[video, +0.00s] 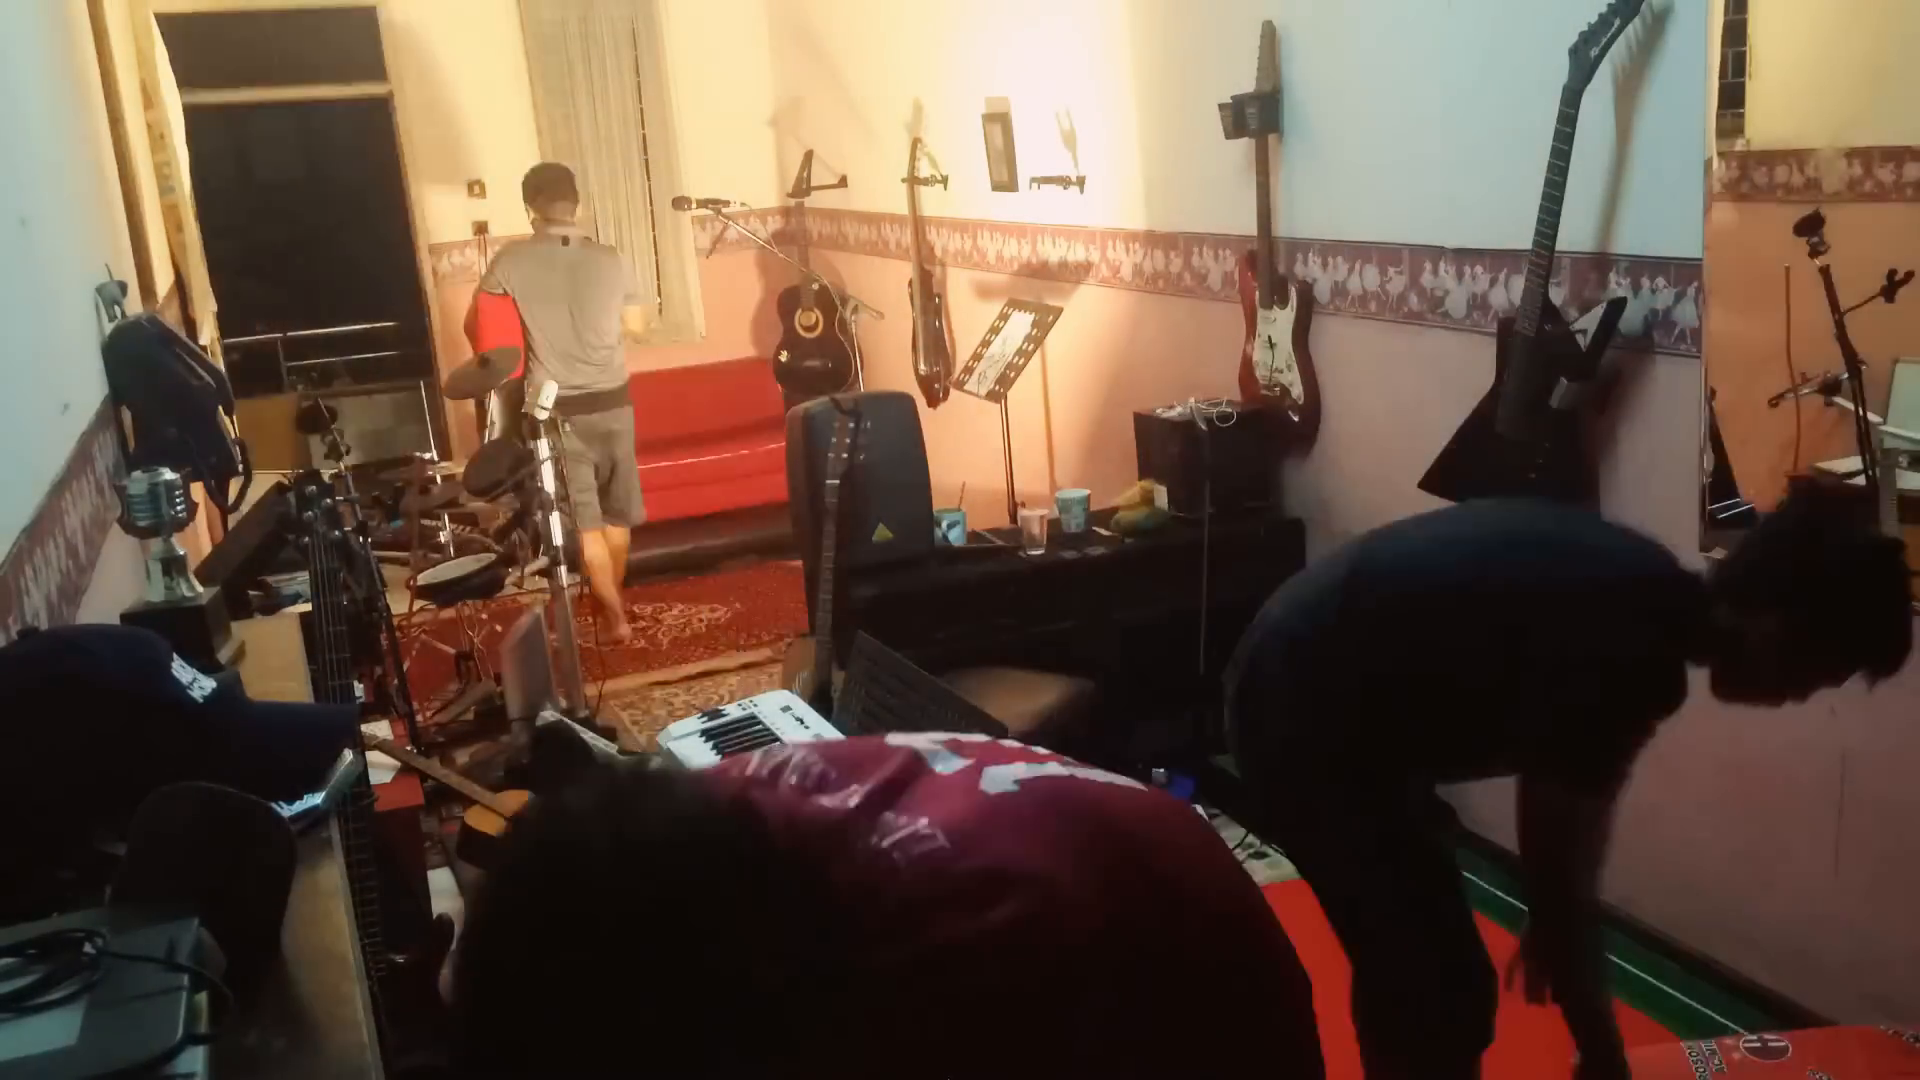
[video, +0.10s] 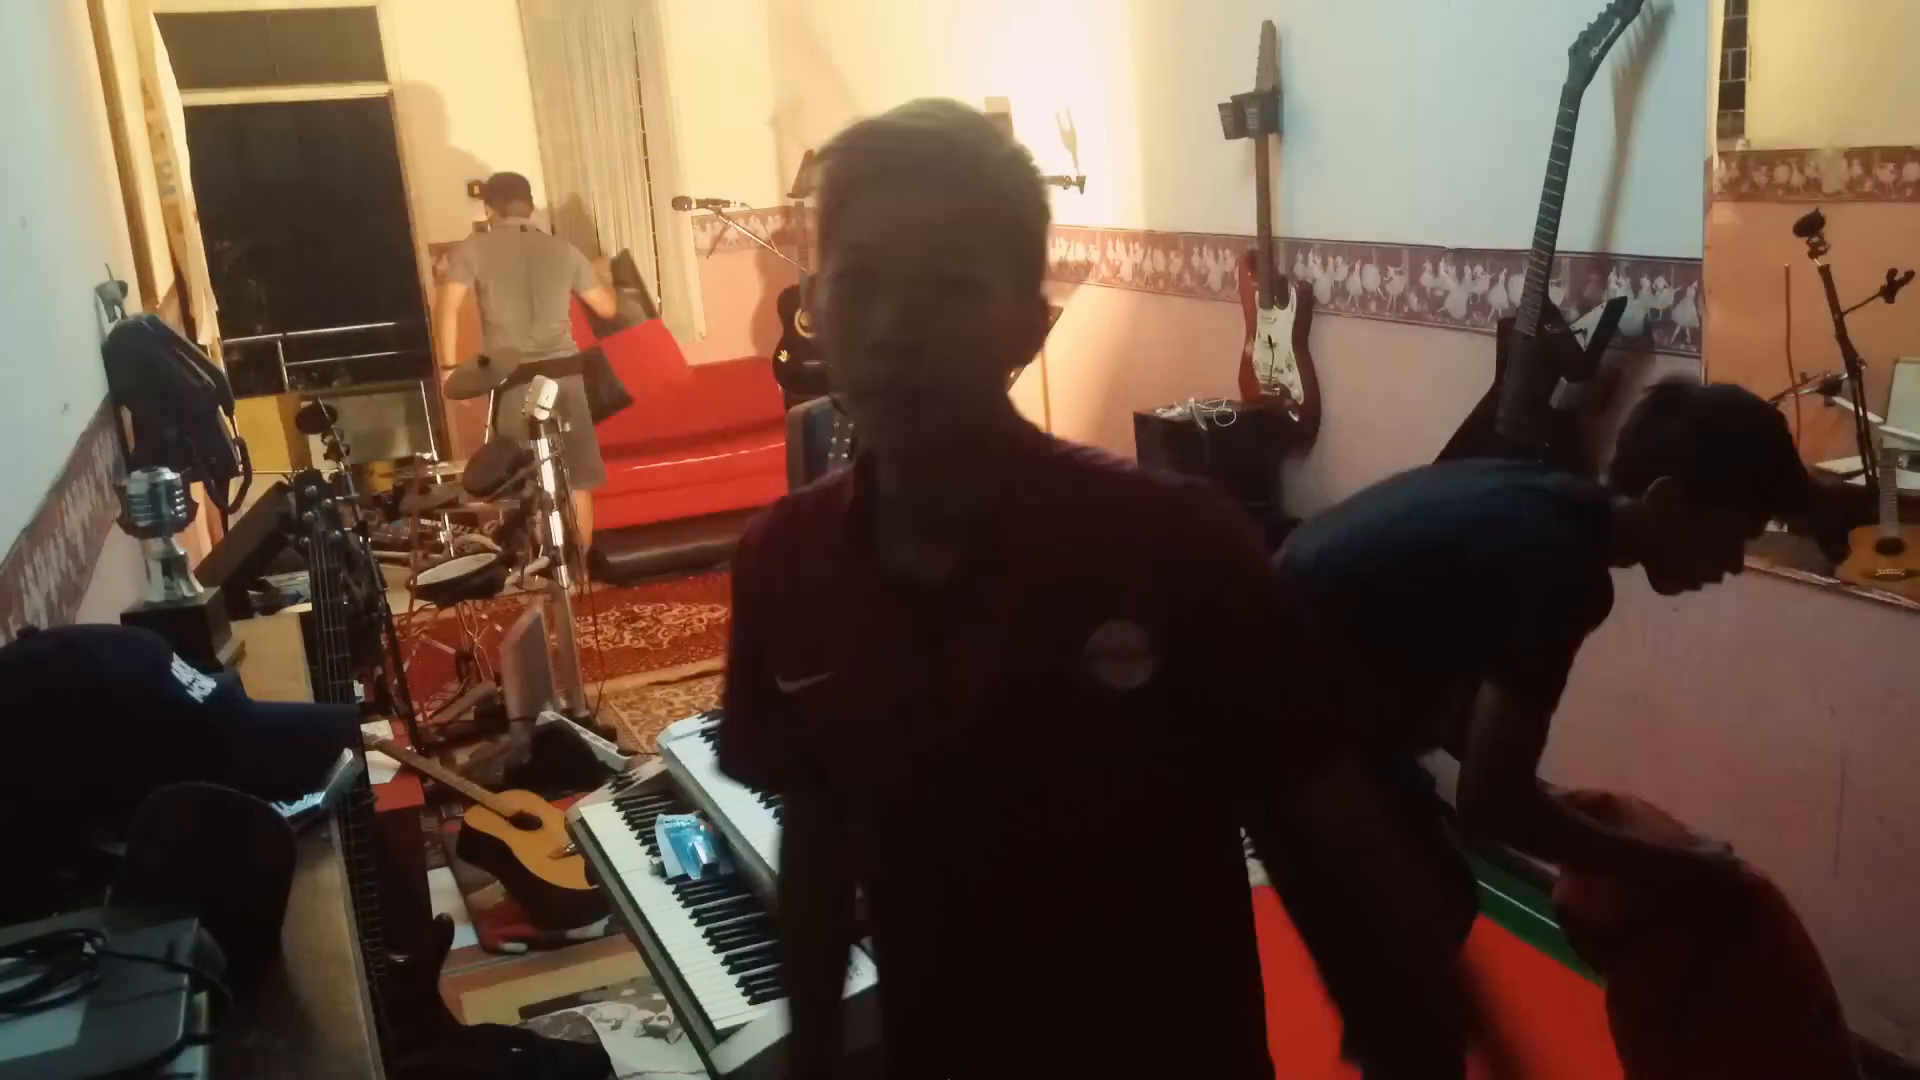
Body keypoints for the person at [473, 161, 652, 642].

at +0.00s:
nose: (560, 209)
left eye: (542, 202)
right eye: (567, 202)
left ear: (530, 207)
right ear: (577, 205)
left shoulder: (510, 264)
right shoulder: (610, 261)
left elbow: (502, 357)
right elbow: (631, 322)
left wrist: (453, 384)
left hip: (560, 415)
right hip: (614, 409)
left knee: (585, 521)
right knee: (617, 517)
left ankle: (618, 623)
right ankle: (610, 609)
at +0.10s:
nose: (488, 215)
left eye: (487, 209)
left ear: (491, 210)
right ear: (531, 206)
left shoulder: (472, 248)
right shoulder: (562, 250)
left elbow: (448, 305)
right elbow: (606, 308)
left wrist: (448, 366)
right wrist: (603, 277)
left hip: (509, 378)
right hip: (564, 374)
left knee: (518, 481)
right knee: (577, 482)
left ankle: (533, 578)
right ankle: (582, 578)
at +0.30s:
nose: (477, 316)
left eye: (475, 311)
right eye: (475, 312)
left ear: (479, 301)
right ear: (506, 289)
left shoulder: (484, 305)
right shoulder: (552, 302)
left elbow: (501, 359)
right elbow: (580, 344)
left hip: (537, 371)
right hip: (579, 365)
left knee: (545, 473)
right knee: (580, 469)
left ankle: (566, 562)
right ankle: (583, 557)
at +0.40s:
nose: (463, 230)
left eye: (463, 220)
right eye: (460, 221)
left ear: (477, 212)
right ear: (491, 207)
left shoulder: (517, 250)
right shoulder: (519, 246)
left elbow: (538, 326)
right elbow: (527, 325)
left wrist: (533, 399)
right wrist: (496, 359)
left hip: (563, 386)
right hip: (564, 384)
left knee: (569, 489)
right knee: (564, 488)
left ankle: (594, 580)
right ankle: (585, 578)